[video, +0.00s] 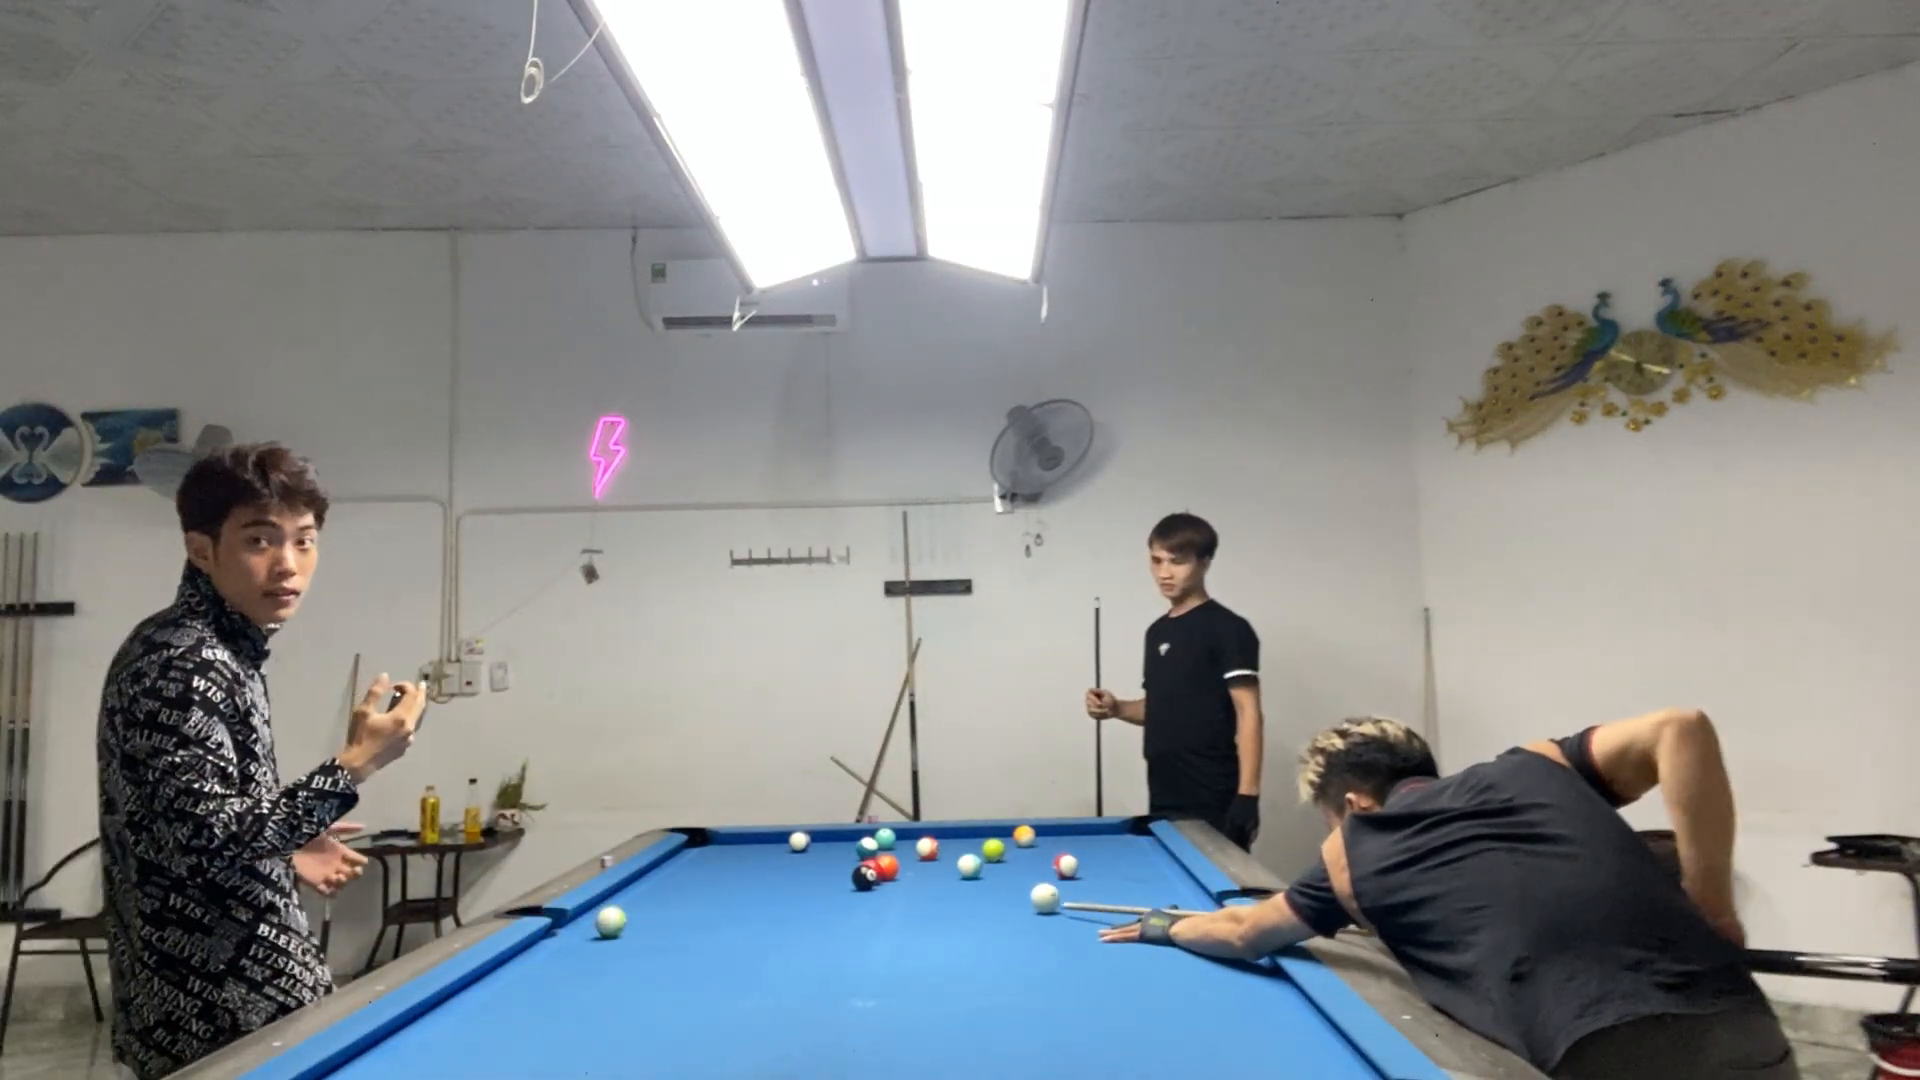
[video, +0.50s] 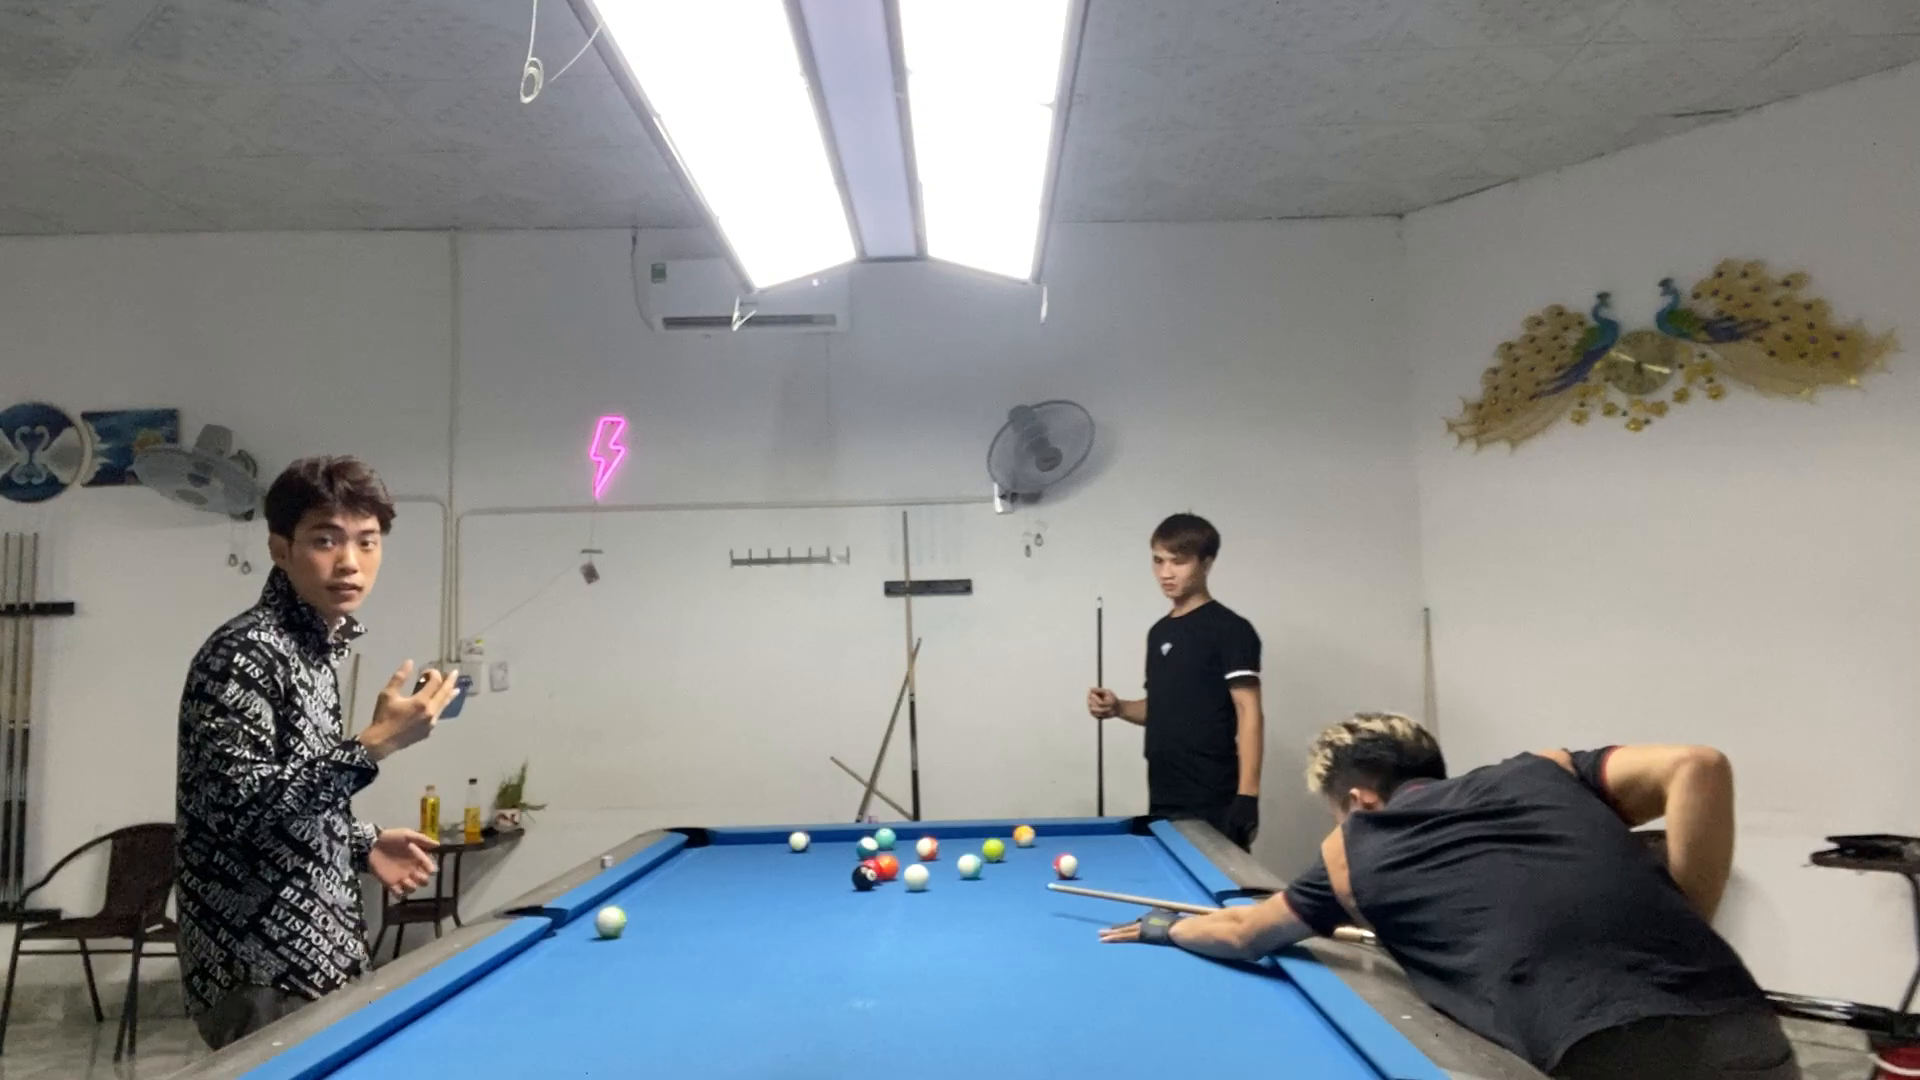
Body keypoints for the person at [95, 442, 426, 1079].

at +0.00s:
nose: (288, 565)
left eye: (303, 542)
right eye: (259, 540)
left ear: (317, 550)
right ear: (203, 550)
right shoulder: (177, 666)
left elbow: (203, 810)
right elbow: (217, 846)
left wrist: (288, 845)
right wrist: (355, 764)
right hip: (216, 1019)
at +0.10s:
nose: (303, 566)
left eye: (319, 543)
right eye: (275, 542)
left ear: (334, 551)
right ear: (222, 552)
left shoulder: (255, 659)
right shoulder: (195, 667)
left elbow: (232, 809)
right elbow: (210, 841)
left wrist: (310, 843)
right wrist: (359, 764)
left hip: (276, 988)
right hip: (226, 1011)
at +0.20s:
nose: (318, 566)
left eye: (333, 544)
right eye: (289, 544)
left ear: (349, 553)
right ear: (241, 554)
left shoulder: (274, 662)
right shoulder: (210, 666)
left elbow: (254, 803)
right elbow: (219, 830)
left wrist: (329, 843)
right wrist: (366, 762)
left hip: (289, 973)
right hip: (236, 995)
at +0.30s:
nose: (329, 565)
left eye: (345, 544)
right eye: (302, 543)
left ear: (361, 554)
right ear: (255, 551)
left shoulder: (291, 661)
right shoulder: (220, 664)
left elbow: (268, 809)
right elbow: (231, 822)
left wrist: (343, 847)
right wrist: (372, 755)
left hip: (304, 968)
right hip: (248, 988)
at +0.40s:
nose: (340, 562)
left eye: (356, 541)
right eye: (315, 541)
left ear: (371, 552)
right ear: (269, 550)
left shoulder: (305, 659)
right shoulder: (231, 659)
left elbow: (283, 806)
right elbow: (240, 817)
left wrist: (356, 844)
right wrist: (373, 748)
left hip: (314, 960)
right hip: (257, 979)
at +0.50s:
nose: (350, 561)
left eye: (366, 541)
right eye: (326, 540)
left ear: (381, 552)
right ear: (281, 549)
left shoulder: (314, 658)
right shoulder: (241, 654)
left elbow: (293, 807)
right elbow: (243, 810)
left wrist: (366, 844)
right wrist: (374, 743)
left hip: (321, 951)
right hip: (259, 967)